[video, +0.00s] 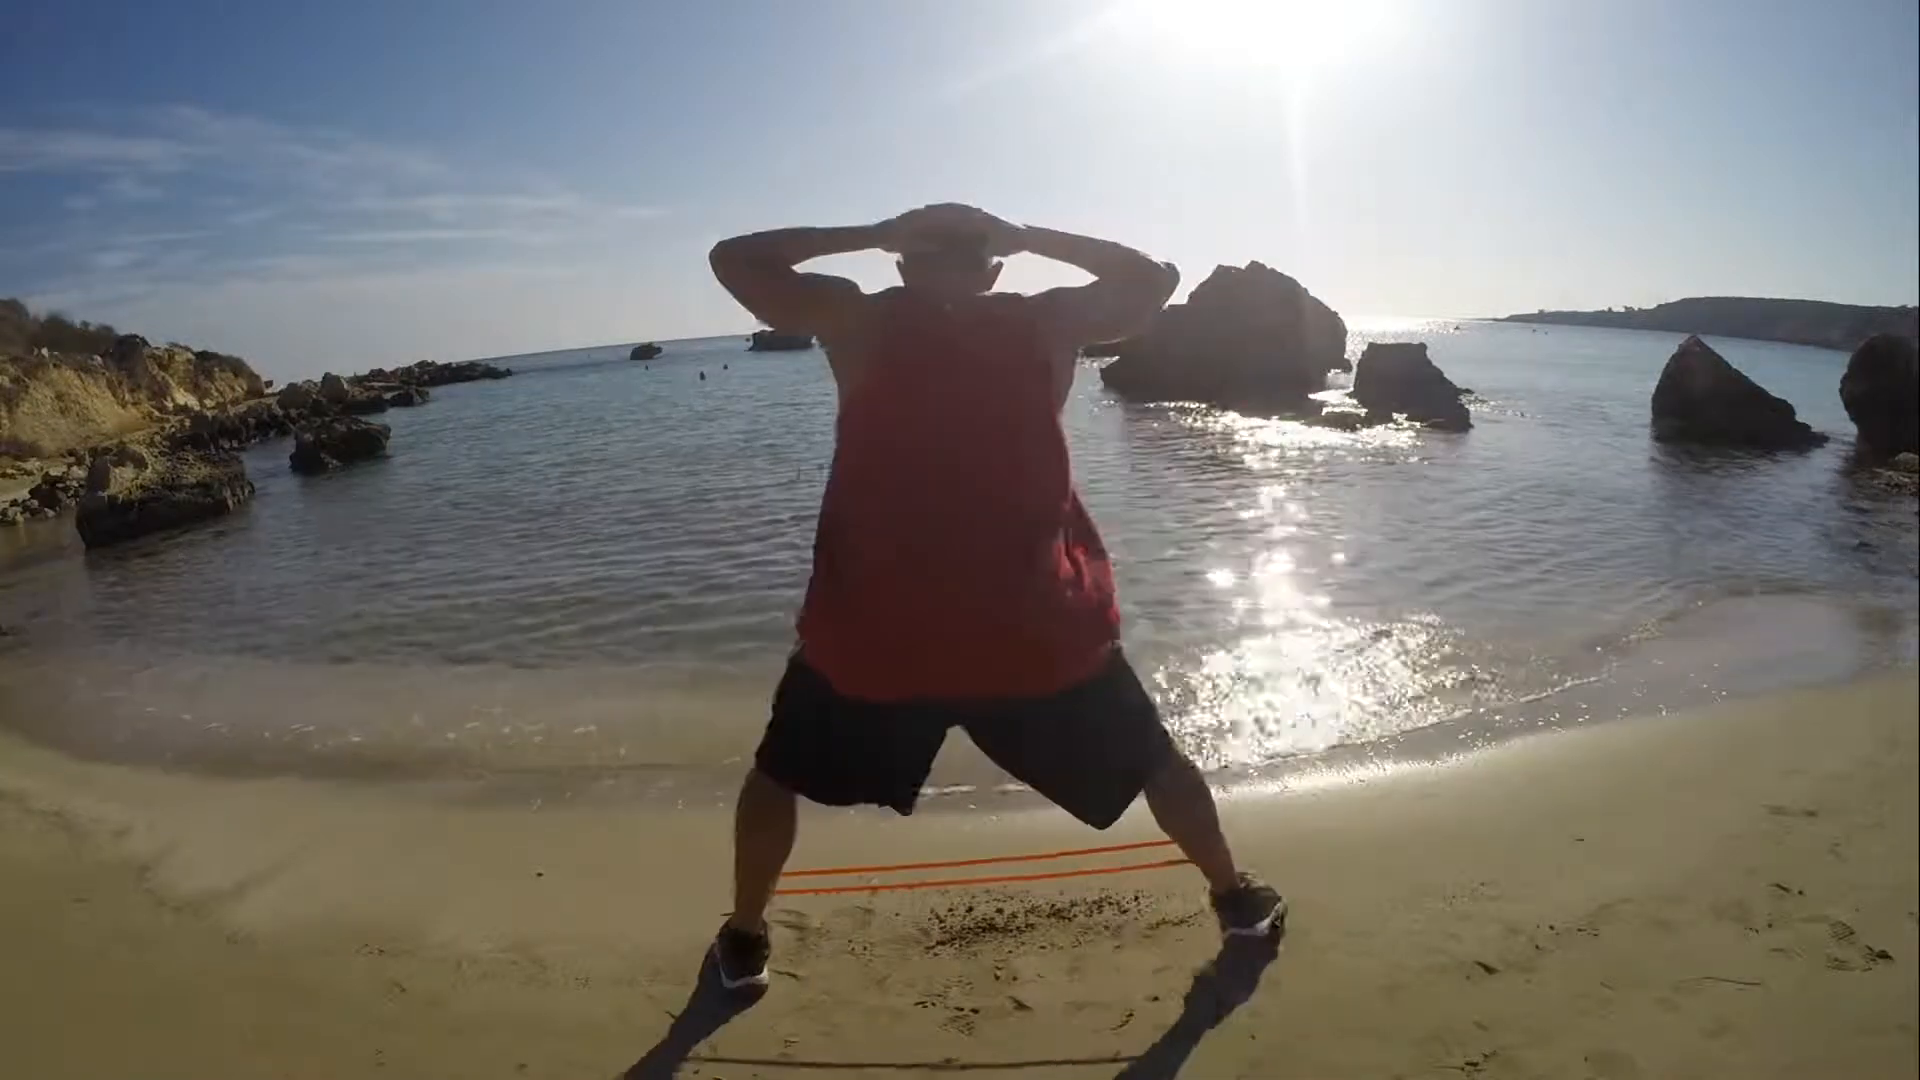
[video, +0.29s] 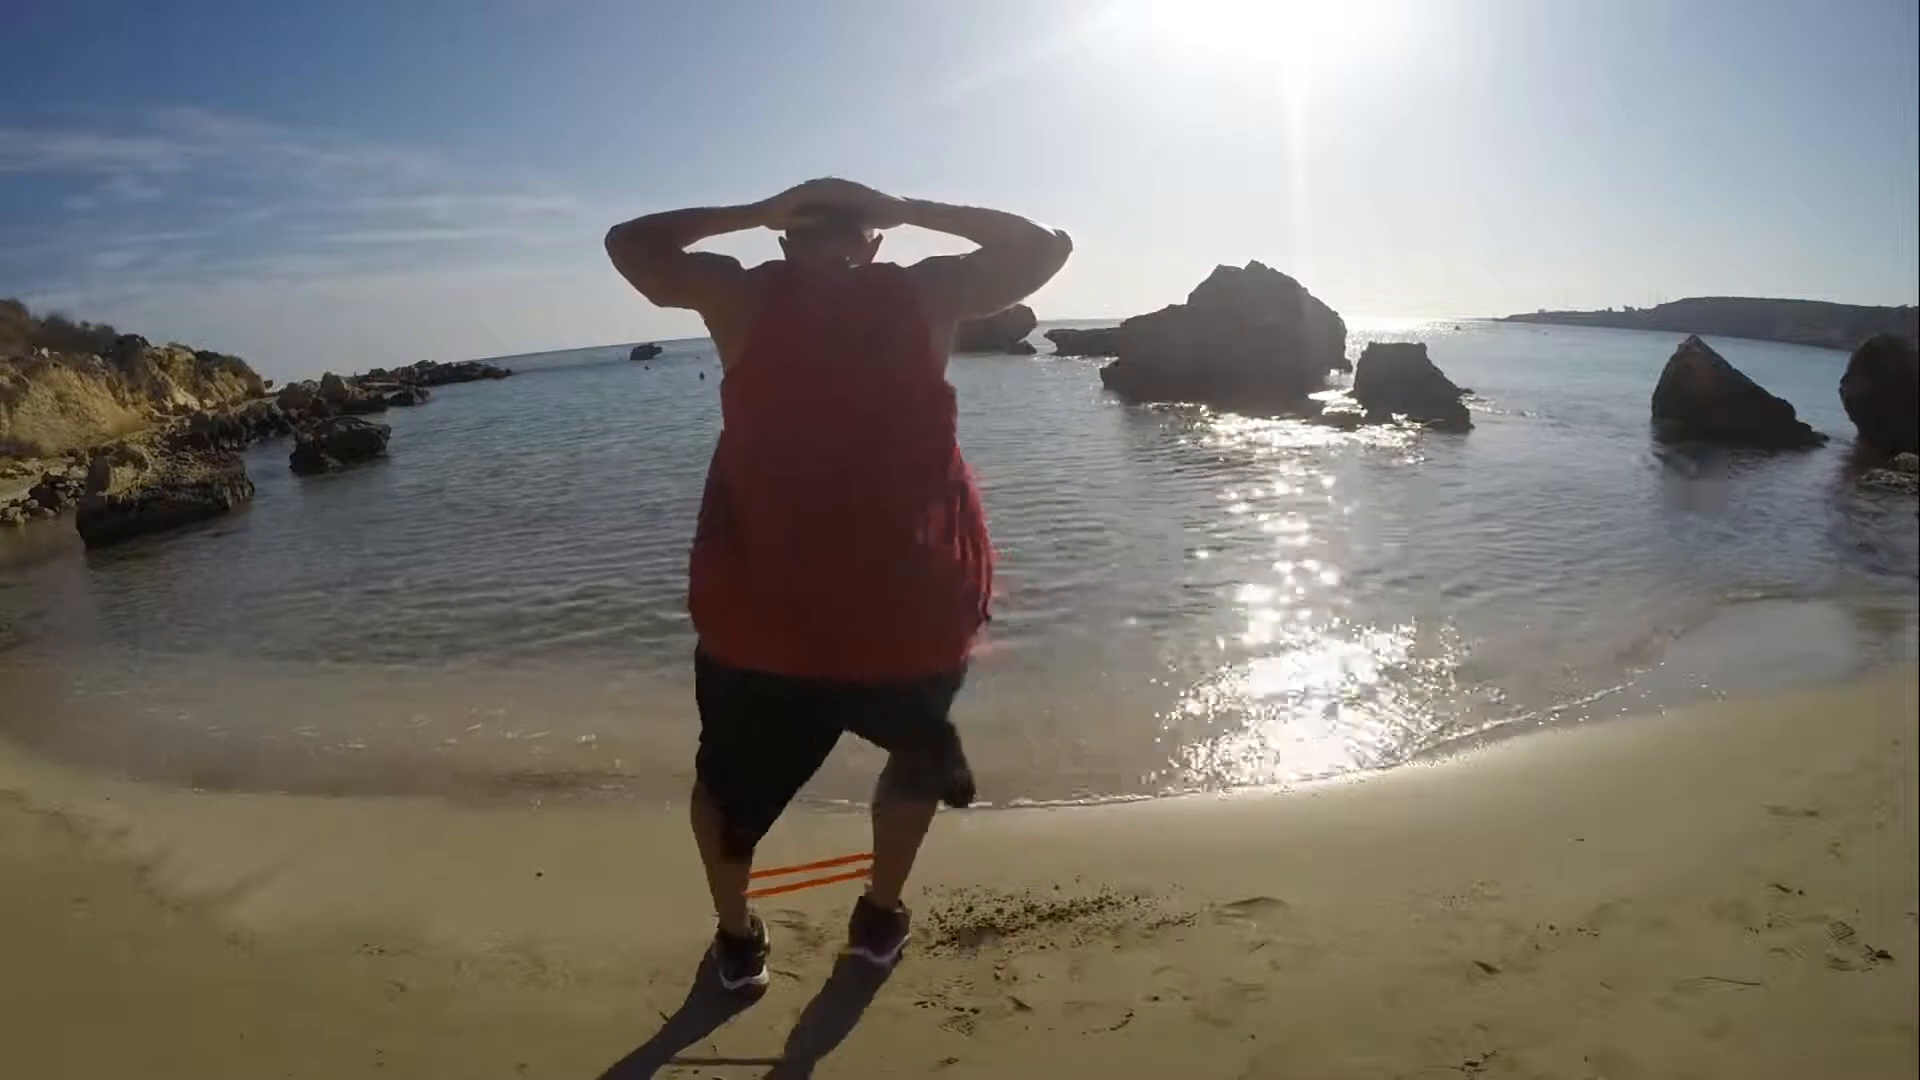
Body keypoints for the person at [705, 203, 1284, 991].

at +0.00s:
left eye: (927, 246)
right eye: (967, 249)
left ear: (904, 259)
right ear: (992, 264)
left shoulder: (853, 321)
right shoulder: (1043, 323)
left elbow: (733, 259)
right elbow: (1151, 279)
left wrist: (875, 234)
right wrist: (1027, 236)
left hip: (877, 620)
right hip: (1031, 616)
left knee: (776, 773)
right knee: (1155, 757)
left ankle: (742, 940)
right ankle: (1235, 899)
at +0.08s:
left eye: (872, 229)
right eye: (924, 231)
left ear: (852, 244)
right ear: (938, 249)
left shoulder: (800, 305)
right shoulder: (992, 305)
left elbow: (685, 244)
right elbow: (1104, 260)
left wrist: (820, 219)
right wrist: (976, 222)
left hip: (831, 612)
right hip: (988, 601)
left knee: (758, 776)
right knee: (1098, 750)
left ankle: (741, 944)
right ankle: (1157, 903)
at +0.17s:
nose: (890, 238)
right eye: (896, 229)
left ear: (813, 241)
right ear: (905, 242)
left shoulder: (767, 300)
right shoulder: (955, 297)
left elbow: (654, 241)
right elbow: (1072, 249)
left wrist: (783, 213)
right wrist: (937, 212)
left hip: (801, 601)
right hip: (953, 593)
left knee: (747, 778)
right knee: (1023, 756)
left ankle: (738, 944)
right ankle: (1035, 913)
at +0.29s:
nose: (863, 235)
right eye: (869, 226)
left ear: (786, 237)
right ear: (877, 238)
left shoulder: (739, 298)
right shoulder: (927, 296)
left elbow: (628, 242)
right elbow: (1043, 244)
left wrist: (758, 212)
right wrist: (909, 209)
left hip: (764, 605)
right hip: (904, 605)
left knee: (727, 779)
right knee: (917, 747)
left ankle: (735, 942)